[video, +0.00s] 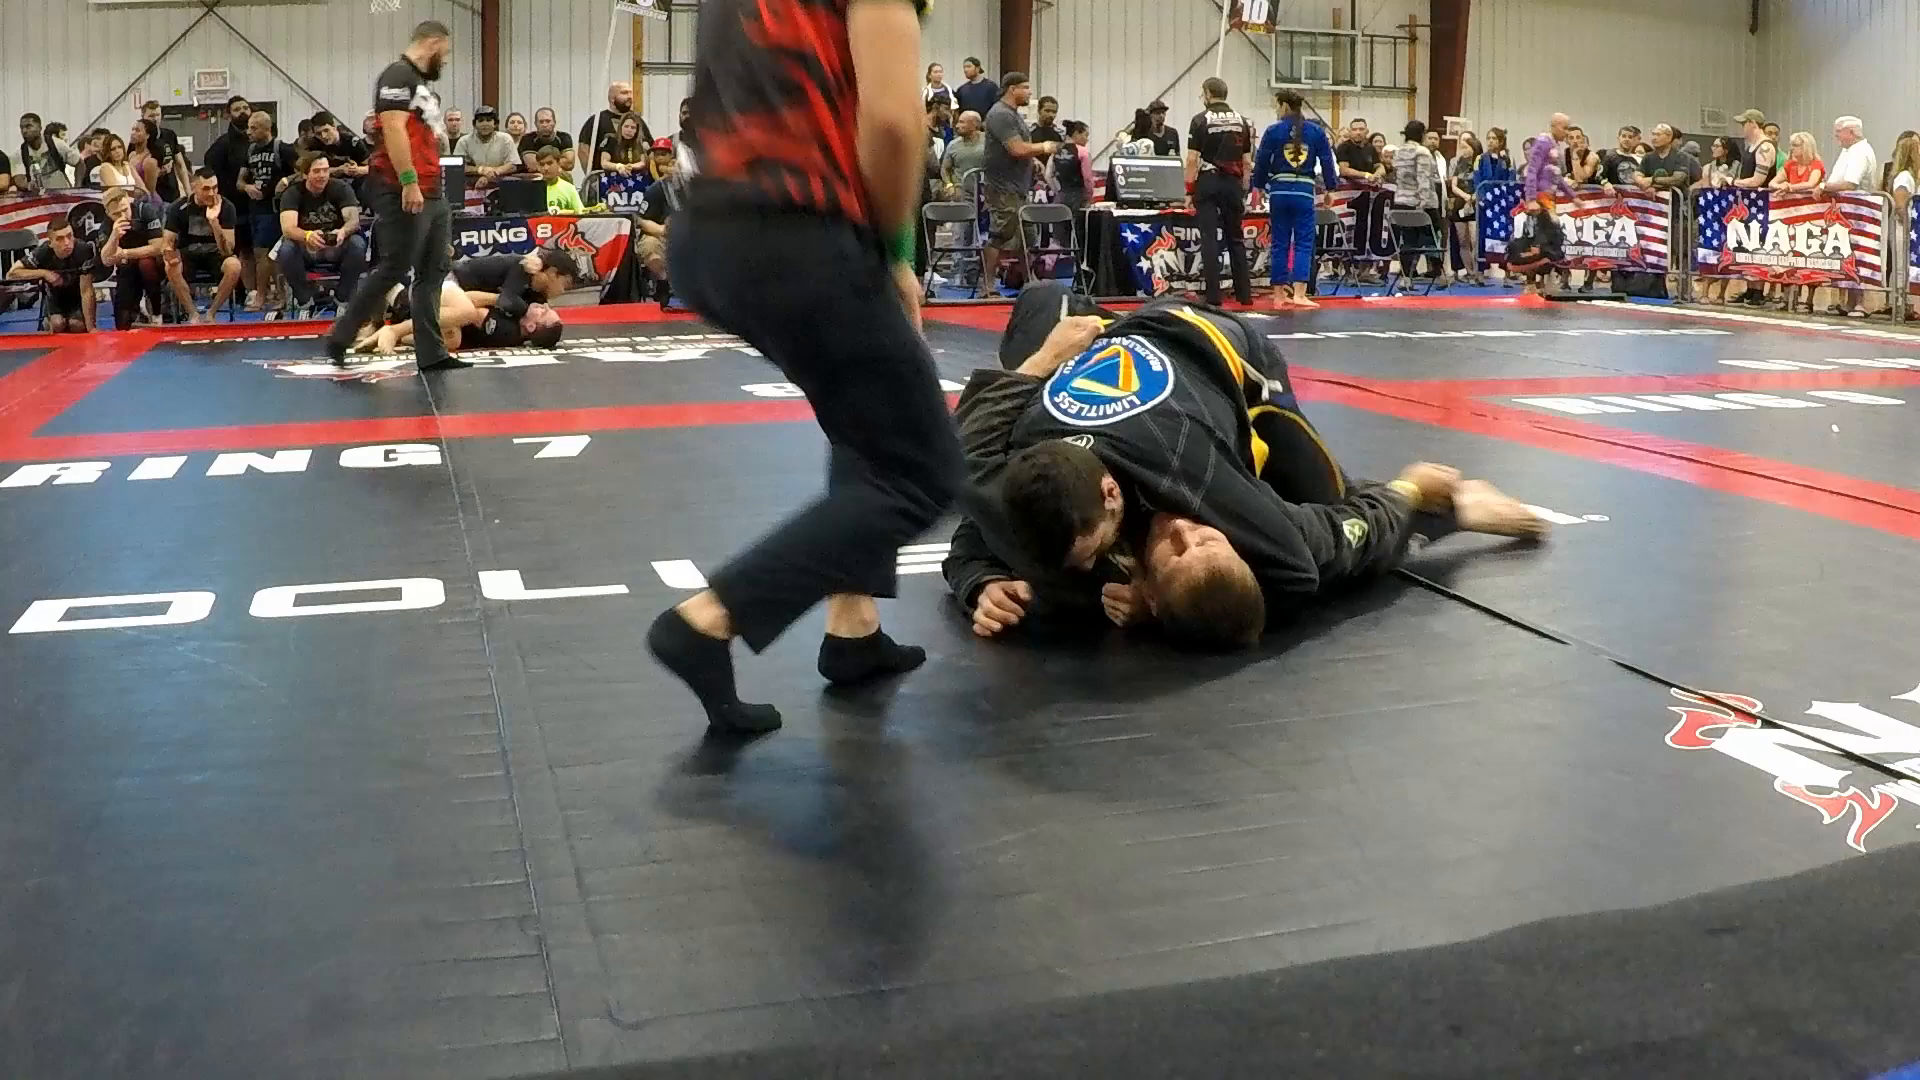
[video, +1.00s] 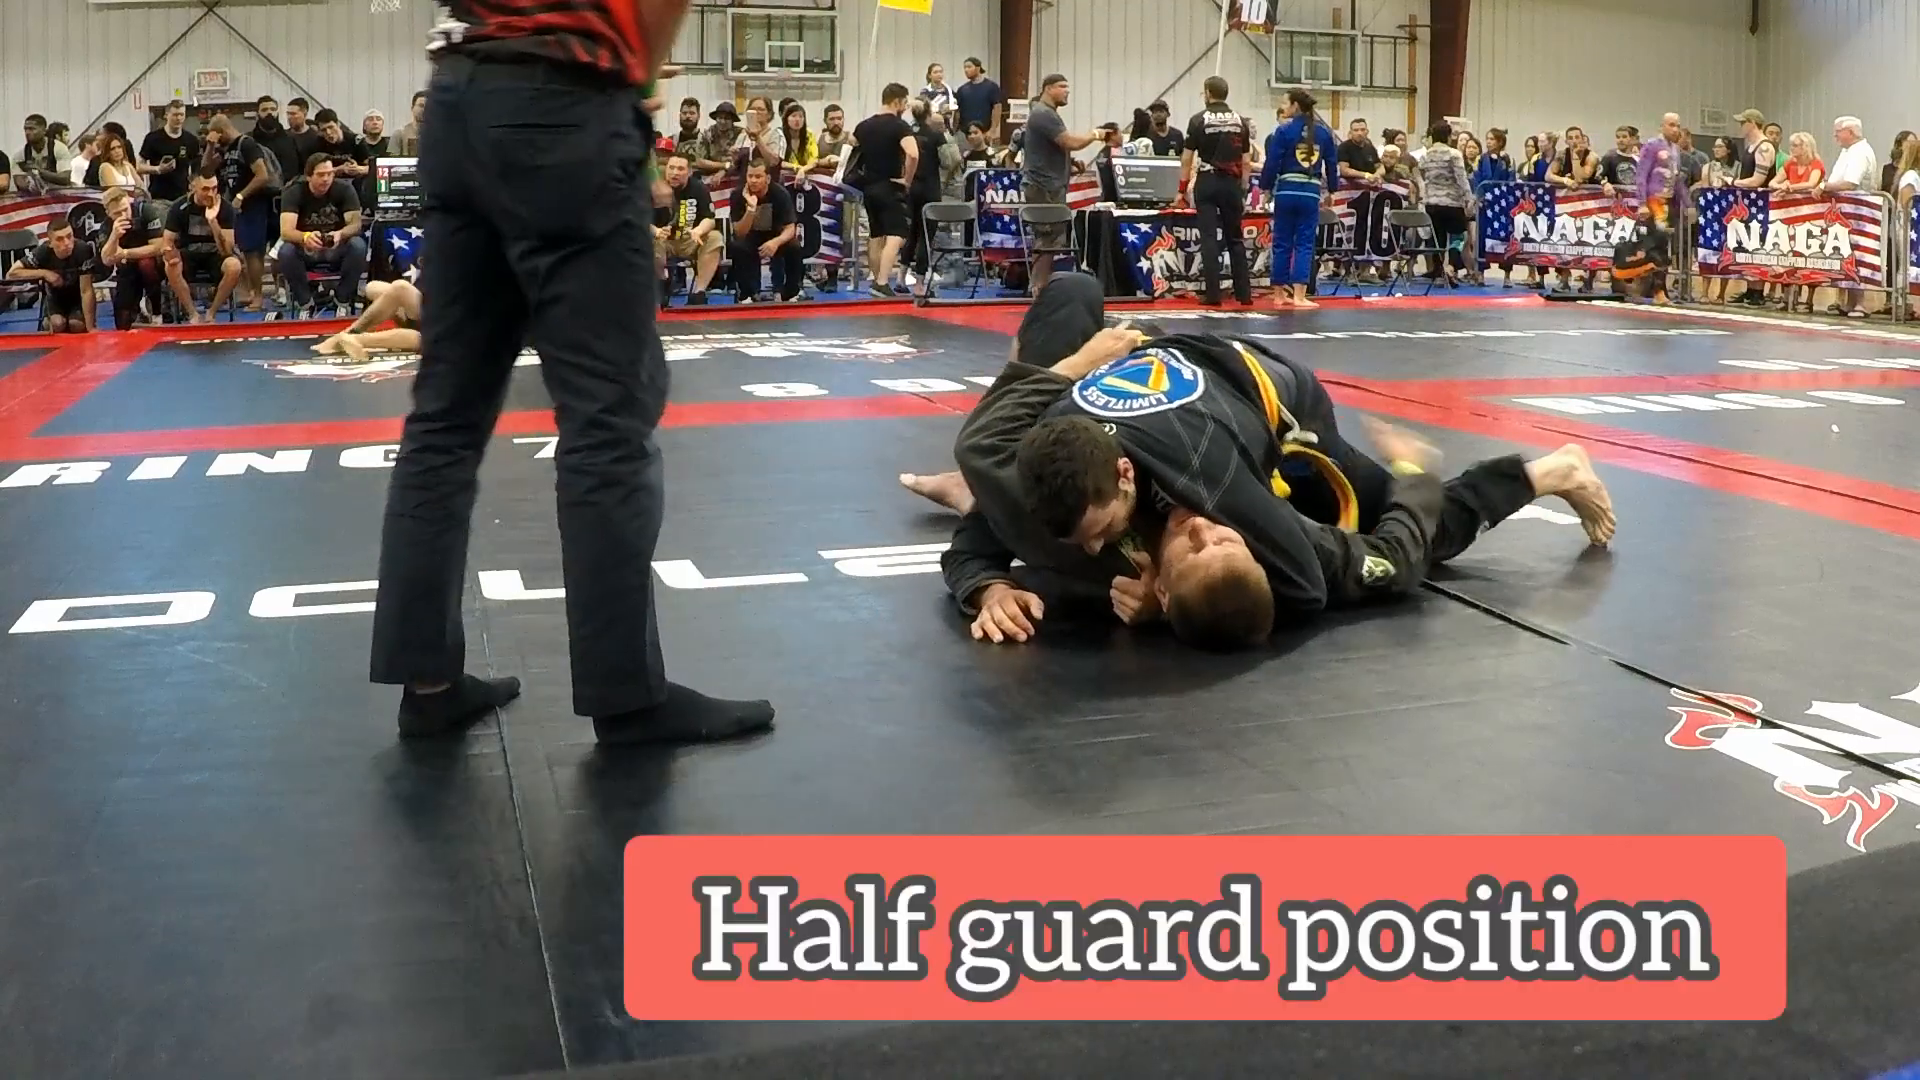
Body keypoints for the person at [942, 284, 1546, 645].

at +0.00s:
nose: (1089, 562)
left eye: (1097, 548)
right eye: (1069, 560)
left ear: (1112, 495)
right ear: (1019, 529)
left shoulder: (1183, 476)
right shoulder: (1001, 491)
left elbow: (1304, 565)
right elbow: (966, 551)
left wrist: (1153, 601)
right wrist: (977, 589)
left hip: (1218, 352)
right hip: (1112, 343)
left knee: (1328, 532)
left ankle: (1438, 495)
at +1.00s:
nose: (1091, 543)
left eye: (1100, 531)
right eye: (1072, 537)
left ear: (1129, 488)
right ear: (1027, 508)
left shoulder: (1203, 489)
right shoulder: (1004, 475)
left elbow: (1313, 582)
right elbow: (966, 554)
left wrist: (1166, 607)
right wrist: (983, 593)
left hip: (1255, 387)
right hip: (1141, 355)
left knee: (1392, 531)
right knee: (1063, 288)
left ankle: (1539, 469)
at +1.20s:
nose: (1090, 540)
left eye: (1100, 530)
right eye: (1070, 535)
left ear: (1125, 479)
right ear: (1024, 499)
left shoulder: (1200, 481)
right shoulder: (1012, 470)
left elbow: (1317, 590)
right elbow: (980, 549)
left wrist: (1148, 604)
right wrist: (985, 593)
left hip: (1277, 405)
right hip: (1170, 359)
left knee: (1422, 530)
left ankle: (1577, 472)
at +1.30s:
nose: (1093, 539)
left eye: (1101, 531)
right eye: (1067, 533)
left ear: (1121, 479)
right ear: (1022, 497)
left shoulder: (1202, 487)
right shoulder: (1015, 467)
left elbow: (1310, 594)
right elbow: (997, 551)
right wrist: (982, 582)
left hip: (1283, 403)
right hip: (1182, 356)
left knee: (1414, 531)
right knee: (1096, 284)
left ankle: (1587, 475)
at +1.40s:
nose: (1082, 539)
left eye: (1093, 530)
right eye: (1060, 533)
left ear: (1117, 478)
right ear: (1020, 490)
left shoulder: (1200, 487)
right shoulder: (1014, 457)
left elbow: (1307, 591)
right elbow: (999, 536)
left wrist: (1147, 601)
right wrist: (978, 576)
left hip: (1283, 407)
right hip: (1180, 355)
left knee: (1414, 532)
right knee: (1096, 285)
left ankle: (1588, 476)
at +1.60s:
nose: (1064, 543)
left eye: (1080, 536)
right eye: (1050, 536)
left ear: (1114, 487)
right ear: (1017, 485)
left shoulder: (1200, 489)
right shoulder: (1014, 454)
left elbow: (1306, 598)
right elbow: (995, 533)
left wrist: (1148, 603)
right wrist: (979, 571)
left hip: (1279, 406)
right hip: (1181, 357)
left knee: (1403, 513)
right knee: (1091, 290)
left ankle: (1588, 476)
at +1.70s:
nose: (1162, 536)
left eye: (1102, 541)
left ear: (1118, 500)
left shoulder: (1201, 494)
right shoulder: (1012, 460)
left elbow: (1306, 594)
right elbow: (996, 536)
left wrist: (1145, 605)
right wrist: (978, 574)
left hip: (1273, 403)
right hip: (1172, 356)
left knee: (1407, 518)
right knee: (1086, 292)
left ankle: (1583, 477)